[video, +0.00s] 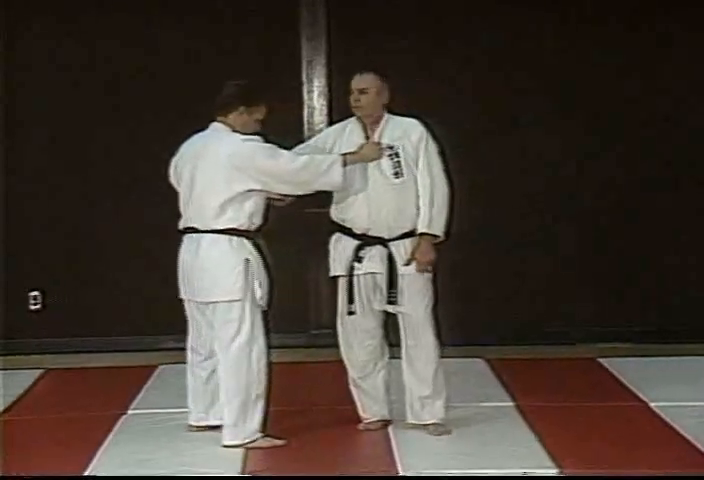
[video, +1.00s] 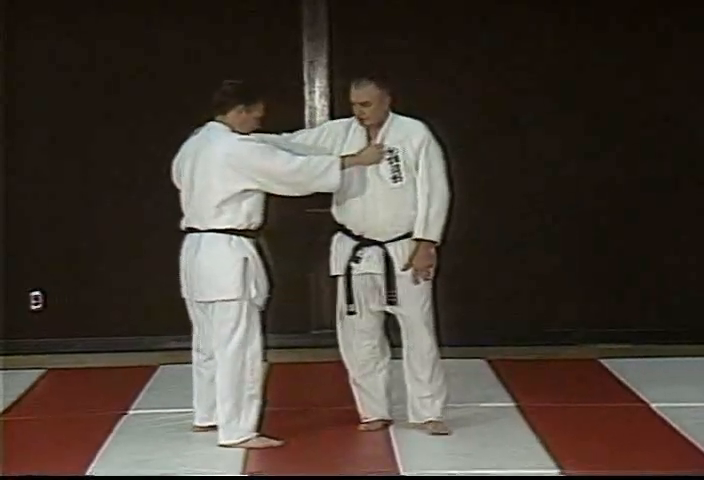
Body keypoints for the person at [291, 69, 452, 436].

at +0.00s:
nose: (356, 99)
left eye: (363, 93)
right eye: (352, 94)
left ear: (384, 96)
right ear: (349, 99)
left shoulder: (411, 133)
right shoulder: (337, 136)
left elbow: (435, 186)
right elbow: (294, 161)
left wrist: (428, 238)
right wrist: (274, 184)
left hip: (406, 246)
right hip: (354, 248)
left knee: (419, 331)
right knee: (359, 333)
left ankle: (428, 413)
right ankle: (372, 413)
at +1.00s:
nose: (360, 112)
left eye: (367, 105)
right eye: (355, 106)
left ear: (386, 101)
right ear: (350, 105)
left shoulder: (415, 135)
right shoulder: (340, 132)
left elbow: (436, 191)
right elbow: (292, 143)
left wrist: (427, 244)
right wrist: (244, 142)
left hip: (405, 248)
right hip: (353, 248)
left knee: (418, 334)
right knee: (359, 335)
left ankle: (429, 413)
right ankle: (373, 413)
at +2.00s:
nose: (366, 112)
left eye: (372, 106)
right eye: (361, 106)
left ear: (391, 103)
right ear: (356, 105)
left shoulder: (418, 137)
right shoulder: (345, 134)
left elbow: (439, 194)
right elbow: (297, 144)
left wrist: (431, 247)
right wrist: (246, 142)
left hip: (408, 248)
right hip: (358, 247)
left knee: (420, 327)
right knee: (360, 327)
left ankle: (429, 407)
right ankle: (372, 405)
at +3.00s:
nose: (370, 113)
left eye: (377, 106)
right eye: (366, 107)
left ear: (397, 104)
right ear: (361, 106)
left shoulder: (416, 138)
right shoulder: (351, 131)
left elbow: (393, 189)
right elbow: (302, 135)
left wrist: (339, 209)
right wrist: (245, 127)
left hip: (409, 247)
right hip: (361, 246)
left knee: (423, 332)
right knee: (361, 330)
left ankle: (435, 411)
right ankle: (373, 406)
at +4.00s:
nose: (397, 128)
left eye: (403, 120)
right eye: (393, 121)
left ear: (423, 112)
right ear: (388, 117)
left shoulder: (449, 142)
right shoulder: (384, 132)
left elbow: (413, 183)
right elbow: (338, 142)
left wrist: (349, 194)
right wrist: (289, 140)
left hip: (449, 244)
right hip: (402, 242)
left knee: (444, 330)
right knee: (396, 328)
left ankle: (436, 411)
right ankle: (396, 408)